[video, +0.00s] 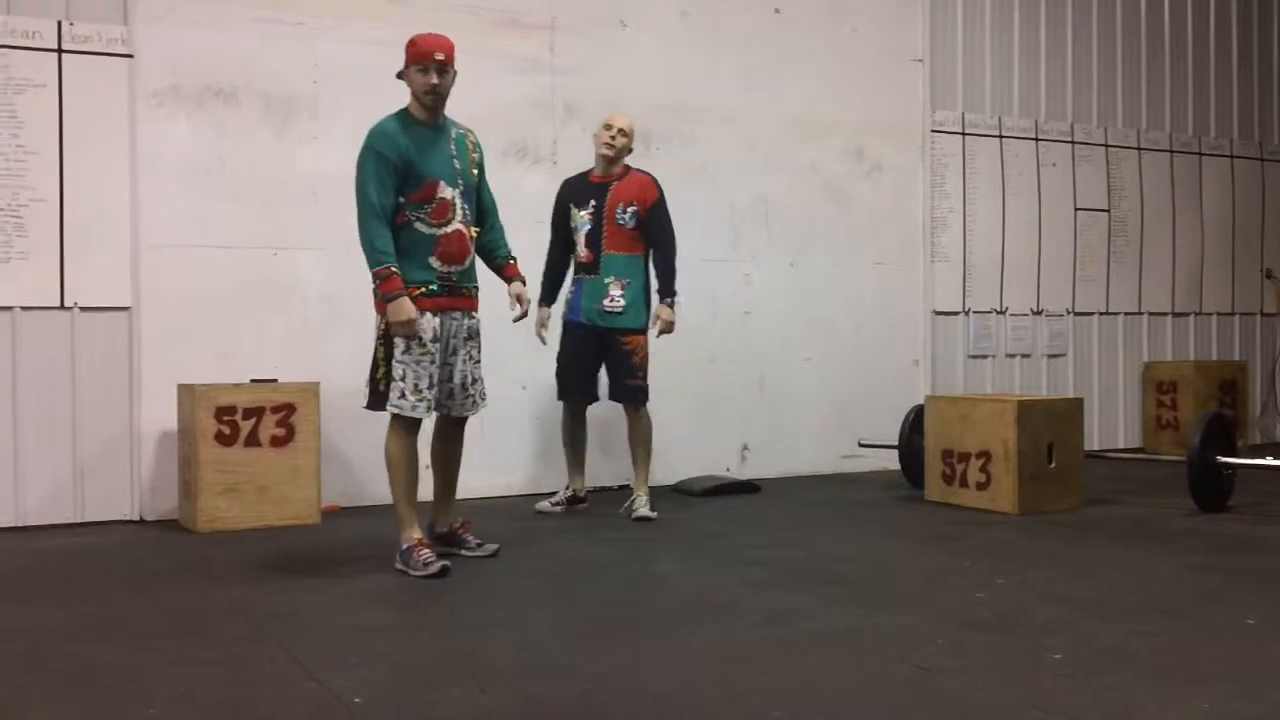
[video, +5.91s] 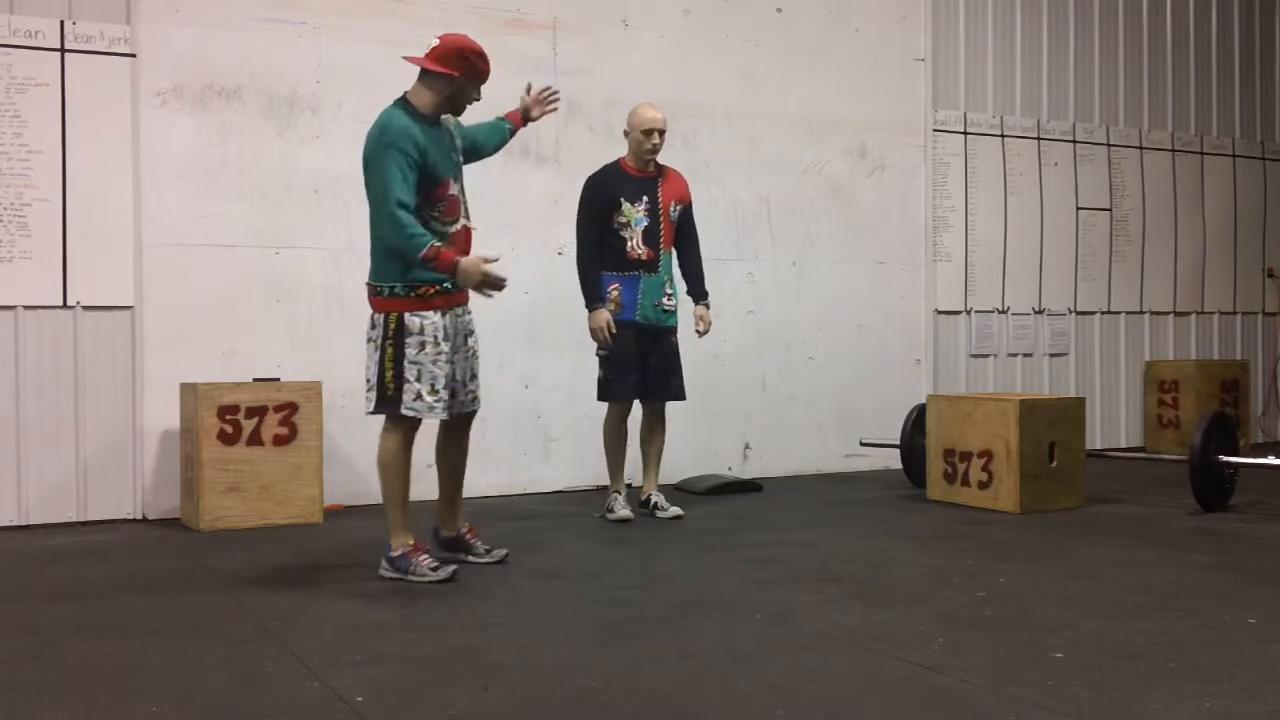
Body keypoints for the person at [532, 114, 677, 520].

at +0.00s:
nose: (613, 137)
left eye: (622, 134)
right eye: (608, 130)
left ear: (630, 147)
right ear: (595, 137)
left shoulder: (644, 186)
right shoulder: (571, 188)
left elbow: (663, 245)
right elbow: (559, 249)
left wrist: (667, 300)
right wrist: (545, 301)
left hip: (629, 319)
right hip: (580, 317)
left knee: (635, 404)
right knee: (572, 402)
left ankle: (641, 493)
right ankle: (575, 488)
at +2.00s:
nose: (666, 142)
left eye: (674, 137)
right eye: (660, 134)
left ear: (682, 146)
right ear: (646, 139)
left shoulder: (690, 196)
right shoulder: (615, 187)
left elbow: (702, 255)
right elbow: (592, 246)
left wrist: (714, 306)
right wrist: (585, 299)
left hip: (671, 315)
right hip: (626, 312)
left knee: (662, 403)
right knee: (619, 403)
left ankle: (650, 491)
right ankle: (605, 482)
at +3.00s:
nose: (605, 140)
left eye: (612, 134)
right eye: (597, 134)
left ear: (621, 142)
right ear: (585, 140)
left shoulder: (638, 189)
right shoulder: (561, 190)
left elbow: (652, 248)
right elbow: (542, 250)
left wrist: (661, 299)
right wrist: (534, 302)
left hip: (627, 318)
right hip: (577, 318)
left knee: (639, 404)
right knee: (574, 405)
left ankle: (649, 491)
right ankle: (575, 490)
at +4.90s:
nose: (656, 148)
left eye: (662, 142)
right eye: (649, 141)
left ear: (668, 144)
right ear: (630, 140)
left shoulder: (676, 189)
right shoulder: (602, 188)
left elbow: (688, 250)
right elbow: (582, 248)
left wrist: (698, 303)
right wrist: (577, 305)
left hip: (659, 313)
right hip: (614, 312)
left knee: (654, 403)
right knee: (617, 402)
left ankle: (647, 490)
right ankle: (612, 492)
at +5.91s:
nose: (655, 140)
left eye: (660, 133)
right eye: (647, 133)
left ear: (665, 136)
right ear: (628, 135)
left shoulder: (674, 183)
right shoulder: (601, 184)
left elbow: (688, 245)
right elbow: (586, 249)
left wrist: (699, 298)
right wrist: (594, 305)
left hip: (661, 313)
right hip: (617, 314)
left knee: (655, 403)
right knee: (620, 403)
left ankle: (650, 491)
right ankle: (617, 492)